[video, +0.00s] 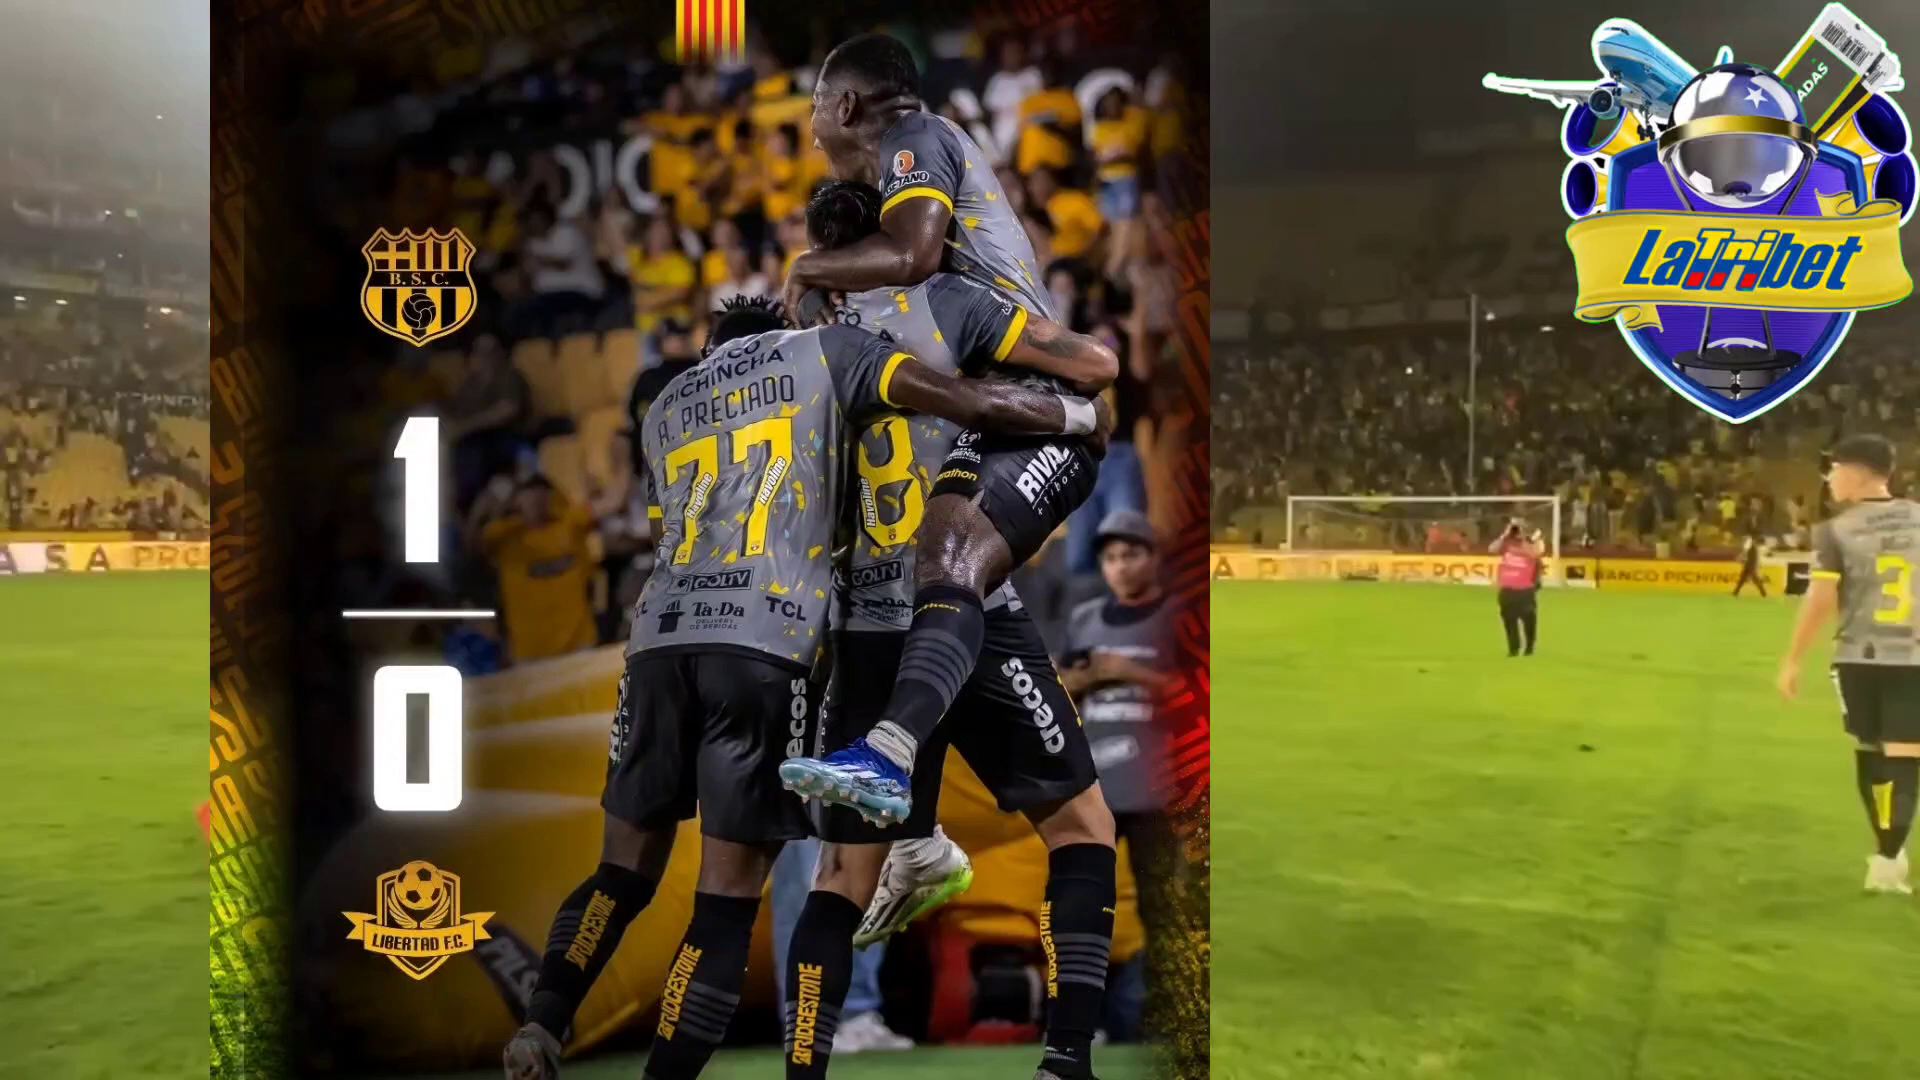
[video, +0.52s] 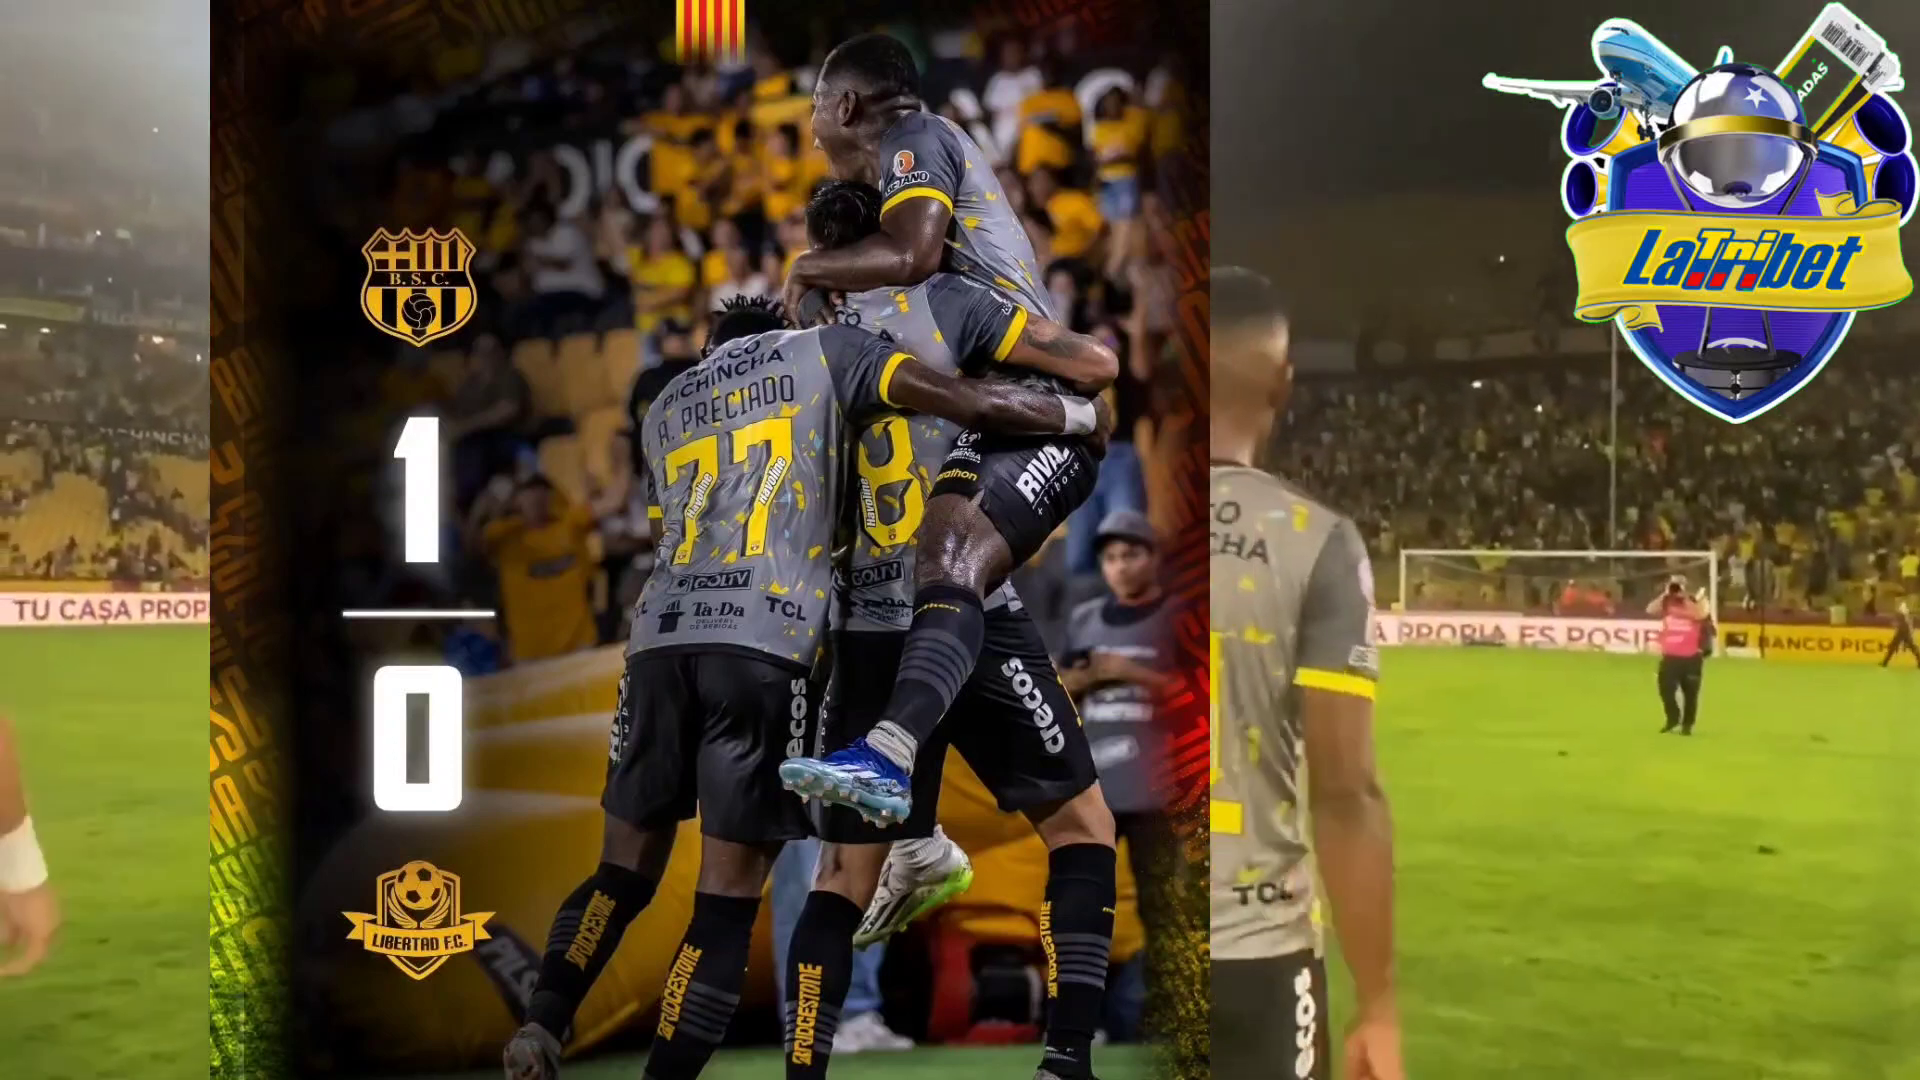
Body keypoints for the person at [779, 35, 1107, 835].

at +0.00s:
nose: (816, 128)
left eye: (821, 109)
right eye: (815, 110)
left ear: (855, 102)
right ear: (881, 103)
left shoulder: (915, 135)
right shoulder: (913, 153)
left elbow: (915, 251)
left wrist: (807, 265)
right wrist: (804, 301)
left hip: (1043, 406)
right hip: (984, 404)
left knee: (952, 559)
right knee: (896, 565)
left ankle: (888, 759)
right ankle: (916, 838)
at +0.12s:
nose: (815, 127)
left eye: (821, 109)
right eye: (815, 110)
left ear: (858, 103)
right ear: (882, 105)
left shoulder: (916, 135)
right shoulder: (906, 162)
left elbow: (914, 251)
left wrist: (806, 265)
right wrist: (801, 302)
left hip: (1043, 407)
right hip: (982, 407)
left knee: (952, 558)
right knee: (889, 568)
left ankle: (889, 759)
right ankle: (915, 837)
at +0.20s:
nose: (815, 128)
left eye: (821, 108)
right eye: (814, 110)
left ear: (857, 102)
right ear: (882, 104)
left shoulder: (916, 135)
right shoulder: (906, 160)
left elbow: (914, 252)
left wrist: (806, 264)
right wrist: (801, 302)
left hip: (1041, 404)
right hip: (982, 403)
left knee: (952, 560)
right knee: (891, 566)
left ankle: (888, 757)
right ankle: (915, 837)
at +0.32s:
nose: (815, 127)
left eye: (822, 109)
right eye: (815, 110)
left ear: (858, 103)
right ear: (882, 104)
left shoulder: (915, 134)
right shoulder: (907, 161)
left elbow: (914, 251)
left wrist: (806, 265)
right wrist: (807, 297)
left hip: (1042, 403)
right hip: (979, 402)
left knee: (952, 559)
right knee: (893, 569)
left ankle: (889, 757)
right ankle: (916, 839)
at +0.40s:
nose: (817, 129)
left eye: (823, 110)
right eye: (816, 112)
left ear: (857, 102)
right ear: (881, 103)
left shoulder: (913, 132)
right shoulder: (906, 158)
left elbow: (914, 250)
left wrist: (806, 265)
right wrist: (812, 295)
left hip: (1044, 401)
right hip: (981, 399)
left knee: (953, 557)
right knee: (894, 565)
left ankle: (889, 757)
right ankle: (916, 838)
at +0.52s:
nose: (817, 129)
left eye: (822, 110)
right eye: (816, 112)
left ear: (857, 102)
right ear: (882, 103)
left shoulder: (913, 133)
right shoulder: (907, 159)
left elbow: (914, 250)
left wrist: (806, 265)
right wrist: (809, 296)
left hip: (1043, 402)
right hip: (981, 401)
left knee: (952, 558)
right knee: (894, 567)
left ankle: (888, 759)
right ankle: (916, 837)